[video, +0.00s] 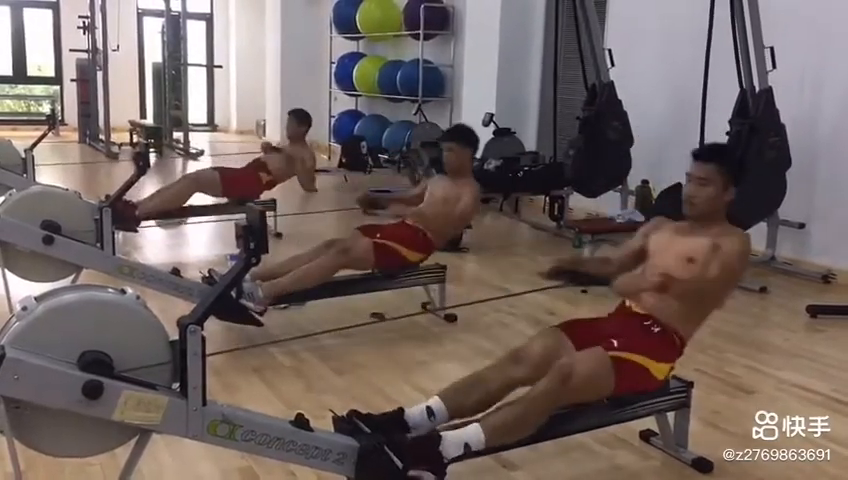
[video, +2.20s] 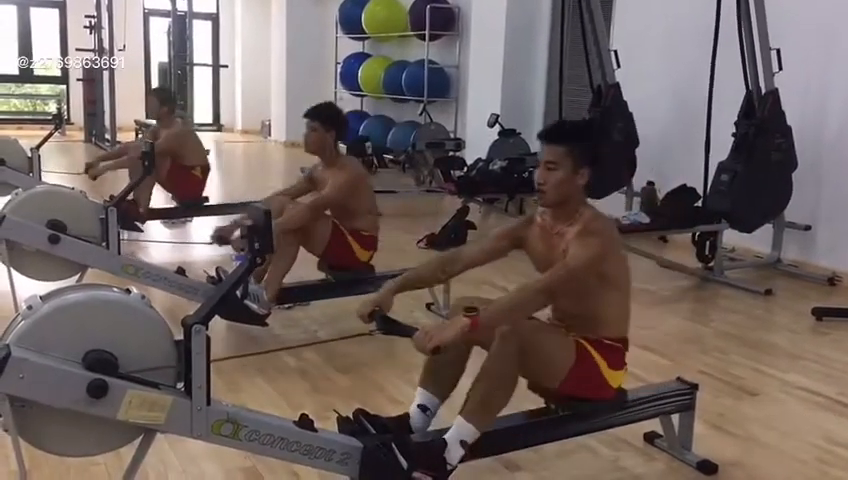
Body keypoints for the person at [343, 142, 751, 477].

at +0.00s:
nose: (689, 189)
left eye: (701, 183)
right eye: (689, 180)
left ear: (727, 193)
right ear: (687, 183)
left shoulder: (733, 241)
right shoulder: (660, 227)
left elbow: (706, 288)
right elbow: (615, 268)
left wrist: (657, 276)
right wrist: (573, 263)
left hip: (654, 344)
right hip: (614, 321)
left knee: (561, 376)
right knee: (523, 357)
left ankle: (442, 450)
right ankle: (407, 424)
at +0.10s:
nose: (699, 198)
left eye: (711, 193)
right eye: (698, 190)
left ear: (735, 204)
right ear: (694, 194)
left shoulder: (743, 251)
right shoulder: (670, 234)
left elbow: (753, 319)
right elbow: (638, 280)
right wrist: (607, 262)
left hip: (653, 343)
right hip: (614, 322)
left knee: (561, 375)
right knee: (524, 356)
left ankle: (439, 453)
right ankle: (401, 423)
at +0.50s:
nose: (681, 189)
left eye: (693, 183)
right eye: (680, 180)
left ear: (718, 193)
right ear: (677, 184)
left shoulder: (729, 252)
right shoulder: (658, 234)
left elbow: (743, 327)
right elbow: (633, 279)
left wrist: (697, 301)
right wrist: (601, 276)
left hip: (651, 347)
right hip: (612, 325)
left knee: (557, 381)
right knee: (518, 362)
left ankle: (444, 456)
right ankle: (405, 428)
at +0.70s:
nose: (657, 180)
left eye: (669, 173)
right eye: (656, 170)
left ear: (697, 182)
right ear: (653, 173)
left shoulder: (702, 236)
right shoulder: (632, 230)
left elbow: (700, 315)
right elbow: (585, 279)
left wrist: (638, 314)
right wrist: (548, 290)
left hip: (649, 347)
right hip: (604, 330)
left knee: (557, 388)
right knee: (514, 370)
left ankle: (438, 461)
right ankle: (406, 429)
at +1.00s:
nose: (632, 179)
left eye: (644, 171)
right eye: (631, 169)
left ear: (674, 177)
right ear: (629, 172)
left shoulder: (684, 238)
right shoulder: (614, 229)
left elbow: (645, 312)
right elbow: (555, 269)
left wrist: (584, 331)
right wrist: (504, 298)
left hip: (649, 348)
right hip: (607, 332)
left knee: (557, 394)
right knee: (515, 374)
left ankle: (444, 462)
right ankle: (407, 430)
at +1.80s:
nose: (591, 178)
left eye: (603, 168)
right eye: (590, 167)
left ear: (635, 177)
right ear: (586, 169)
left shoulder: (648, 234)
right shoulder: (580, 224)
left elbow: (595, 295)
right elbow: (509, 264)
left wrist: (525, 329)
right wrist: (450, 292)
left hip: (637, 354)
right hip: (591, 329)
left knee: (542, 358)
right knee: (499, 342)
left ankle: (449, 456)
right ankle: (414, 428)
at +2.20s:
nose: (538, 177)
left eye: (551, 168)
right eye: (539, 166)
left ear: (581, 177)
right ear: (536, 168)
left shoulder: (596, 235)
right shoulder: (531, 226)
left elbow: (541, 291)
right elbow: (457, 260)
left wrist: (462, 326)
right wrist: (392, 287)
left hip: (599, 365)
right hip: (560, 348)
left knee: (512, 335)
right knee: (464, 319)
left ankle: (449, 453)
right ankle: (414, 424)